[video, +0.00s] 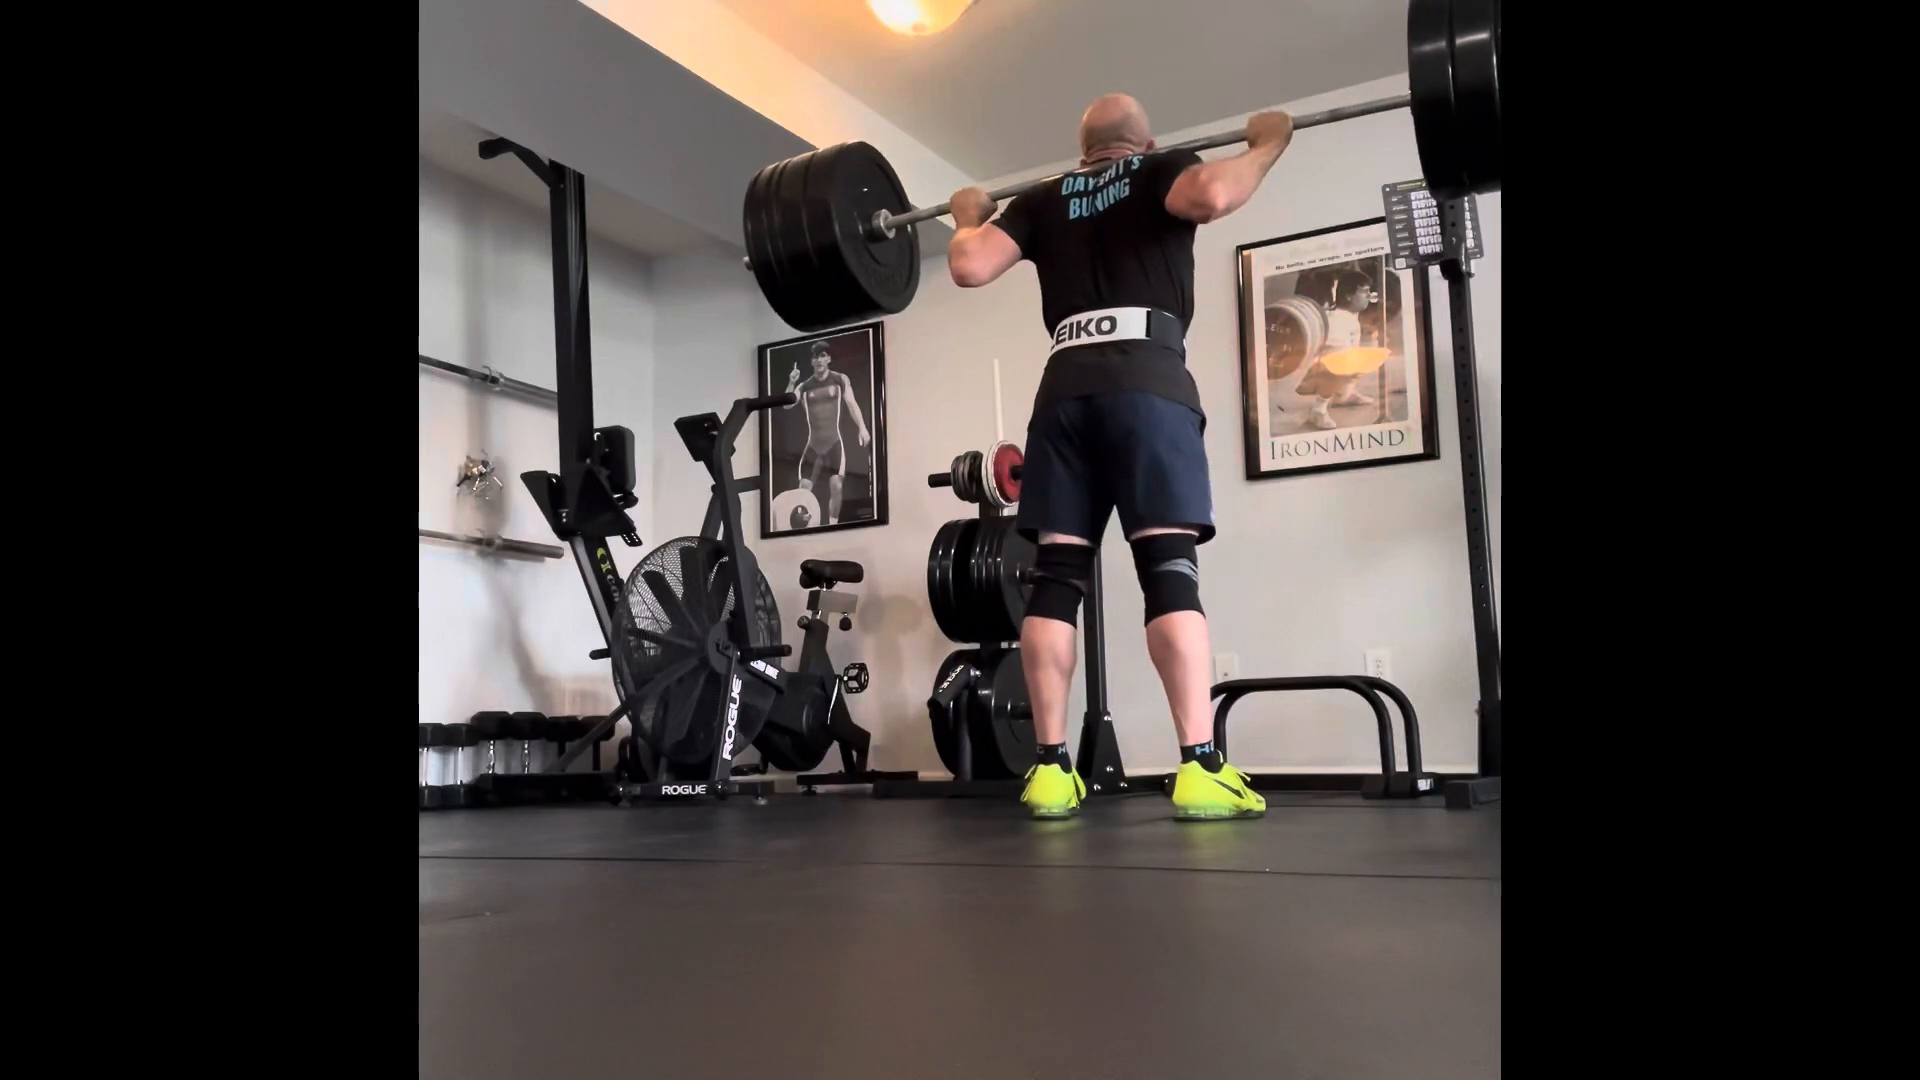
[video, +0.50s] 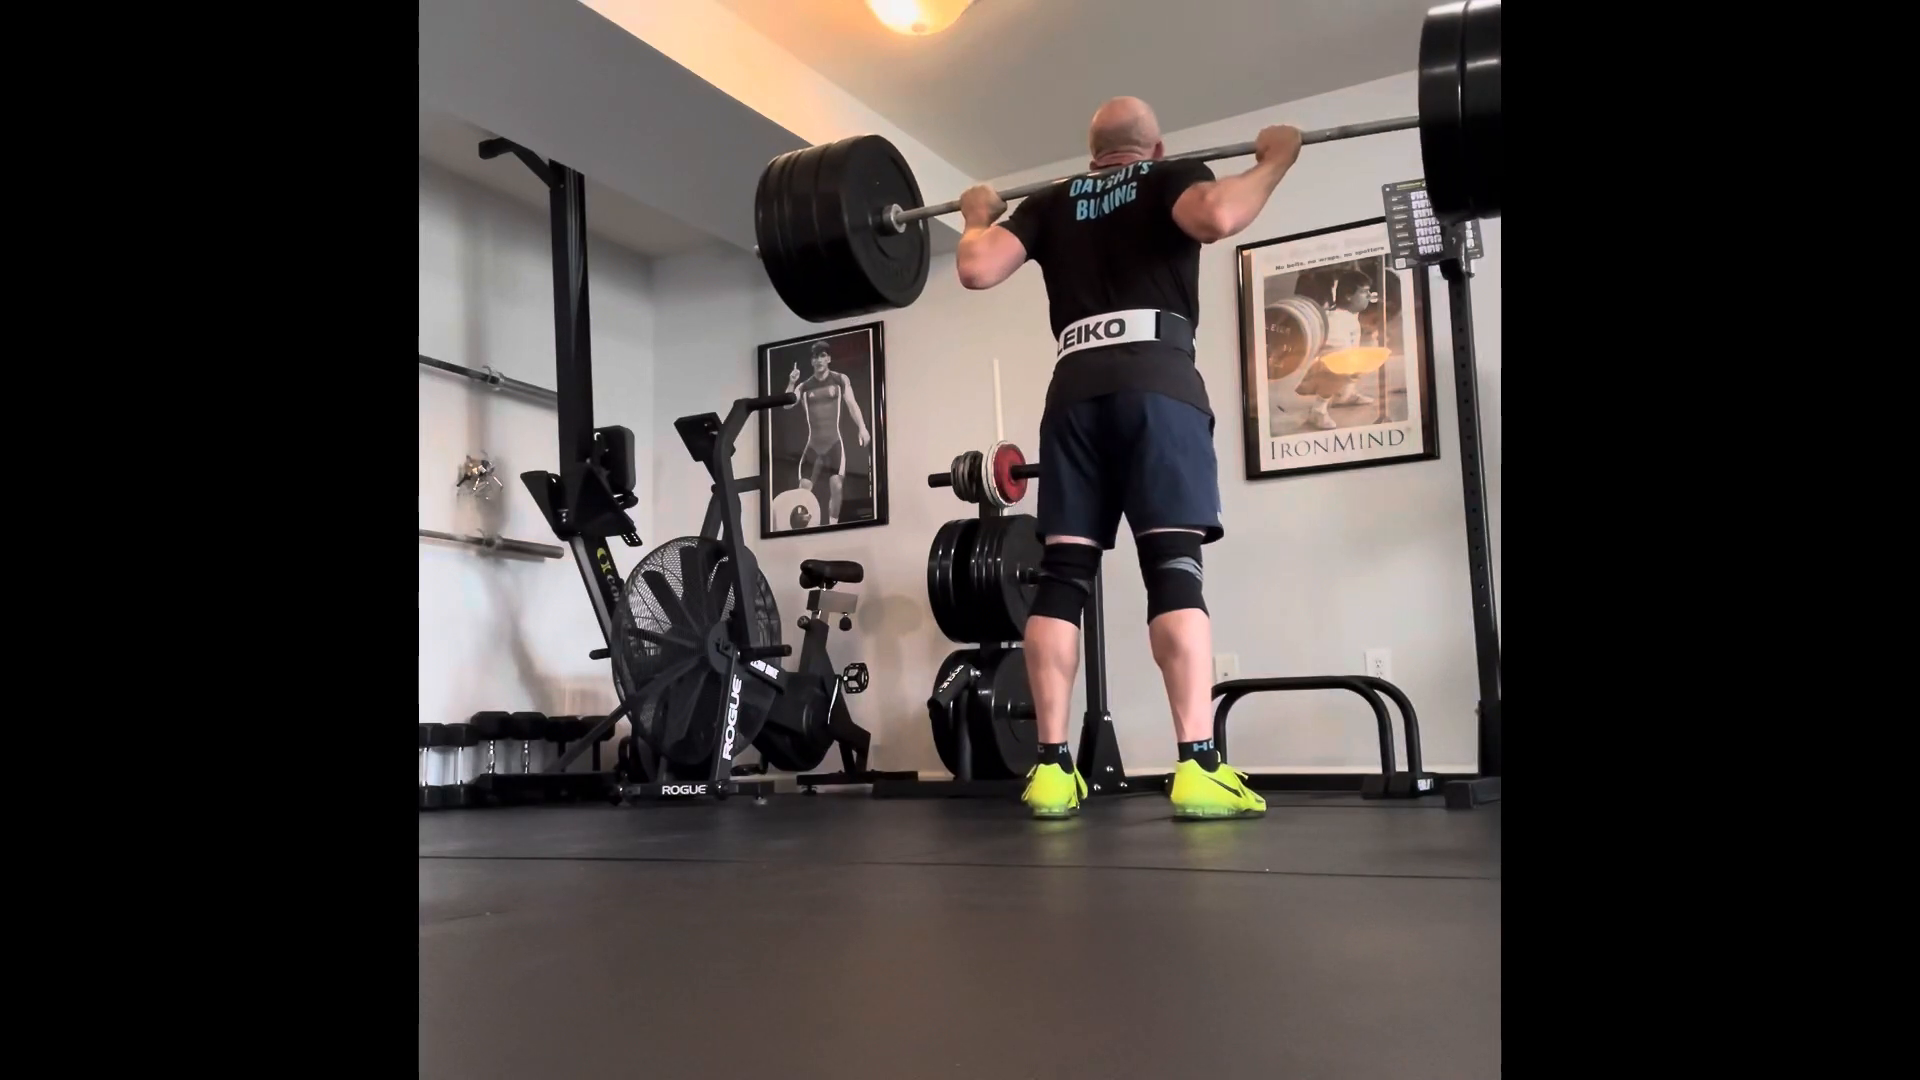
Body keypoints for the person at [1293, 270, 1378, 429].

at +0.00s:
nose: (1369, 296)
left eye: (1368, 292)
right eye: (1365, 292)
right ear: (1349, 295)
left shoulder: (1353, 317)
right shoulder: (1336, 319)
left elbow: (1352, 352)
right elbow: (1331, 357)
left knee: (1361, 362)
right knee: (1338, 369)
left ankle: (1345, 393)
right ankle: (1319, 410)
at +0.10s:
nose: (1369, 296)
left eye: (1368, 292)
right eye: (1365, 292)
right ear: (1349, 295)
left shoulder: (1353, 318)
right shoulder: (1336, 319)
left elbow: (1352, 351)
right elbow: (1331, 356)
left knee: (1361, 363)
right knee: (1338, 369)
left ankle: (1345, 393)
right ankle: (1318, 410)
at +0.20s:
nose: (1369, 296)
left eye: (1368, 292)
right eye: (1365, 292)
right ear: (1349, 295)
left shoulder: (1353, 318)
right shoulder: (1336, 319)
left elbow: (1352, 352)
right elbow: (1329, 356)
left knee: (1359, 362)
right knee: (1339, 367)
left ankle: (1345, 393)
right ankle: (1318, 410)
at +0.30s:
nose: (1369, 296)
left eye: (1368, 292)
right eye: (1365, 292)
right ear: (1349, 295)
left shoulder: (1353, 318)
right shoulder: (1336, 319)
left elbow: (1352, 352)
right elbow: (1330, 357)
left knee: (1359, 362)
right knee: (1338, 368)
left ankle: (1345, 393)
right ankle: (1318, 410)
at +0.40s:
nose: (1369, 296)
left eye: (1368, 292)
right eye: (1365, 292)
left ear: (1350, 296)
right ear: (1349, 295)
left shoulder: (1353, 318)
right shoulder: (1336, 319)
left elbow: (1352, 352)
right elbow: (1330, 357)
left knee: (1359, 362)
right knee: (1340, 367)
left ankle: (1345, 393)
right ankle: (1318, 409)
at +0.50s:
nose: (1369, 296)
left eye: (1368, 292)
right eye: (1365, 292)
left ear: (1349, 296)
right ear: (1348, 295)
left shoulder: (1353, 317)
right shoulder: (1336, 319)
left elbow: (1352, 351)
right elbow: (1332, 357)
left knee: (1358, 362)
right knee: (1339, 368)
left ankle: (1346, 393)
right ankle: (1319, 409)